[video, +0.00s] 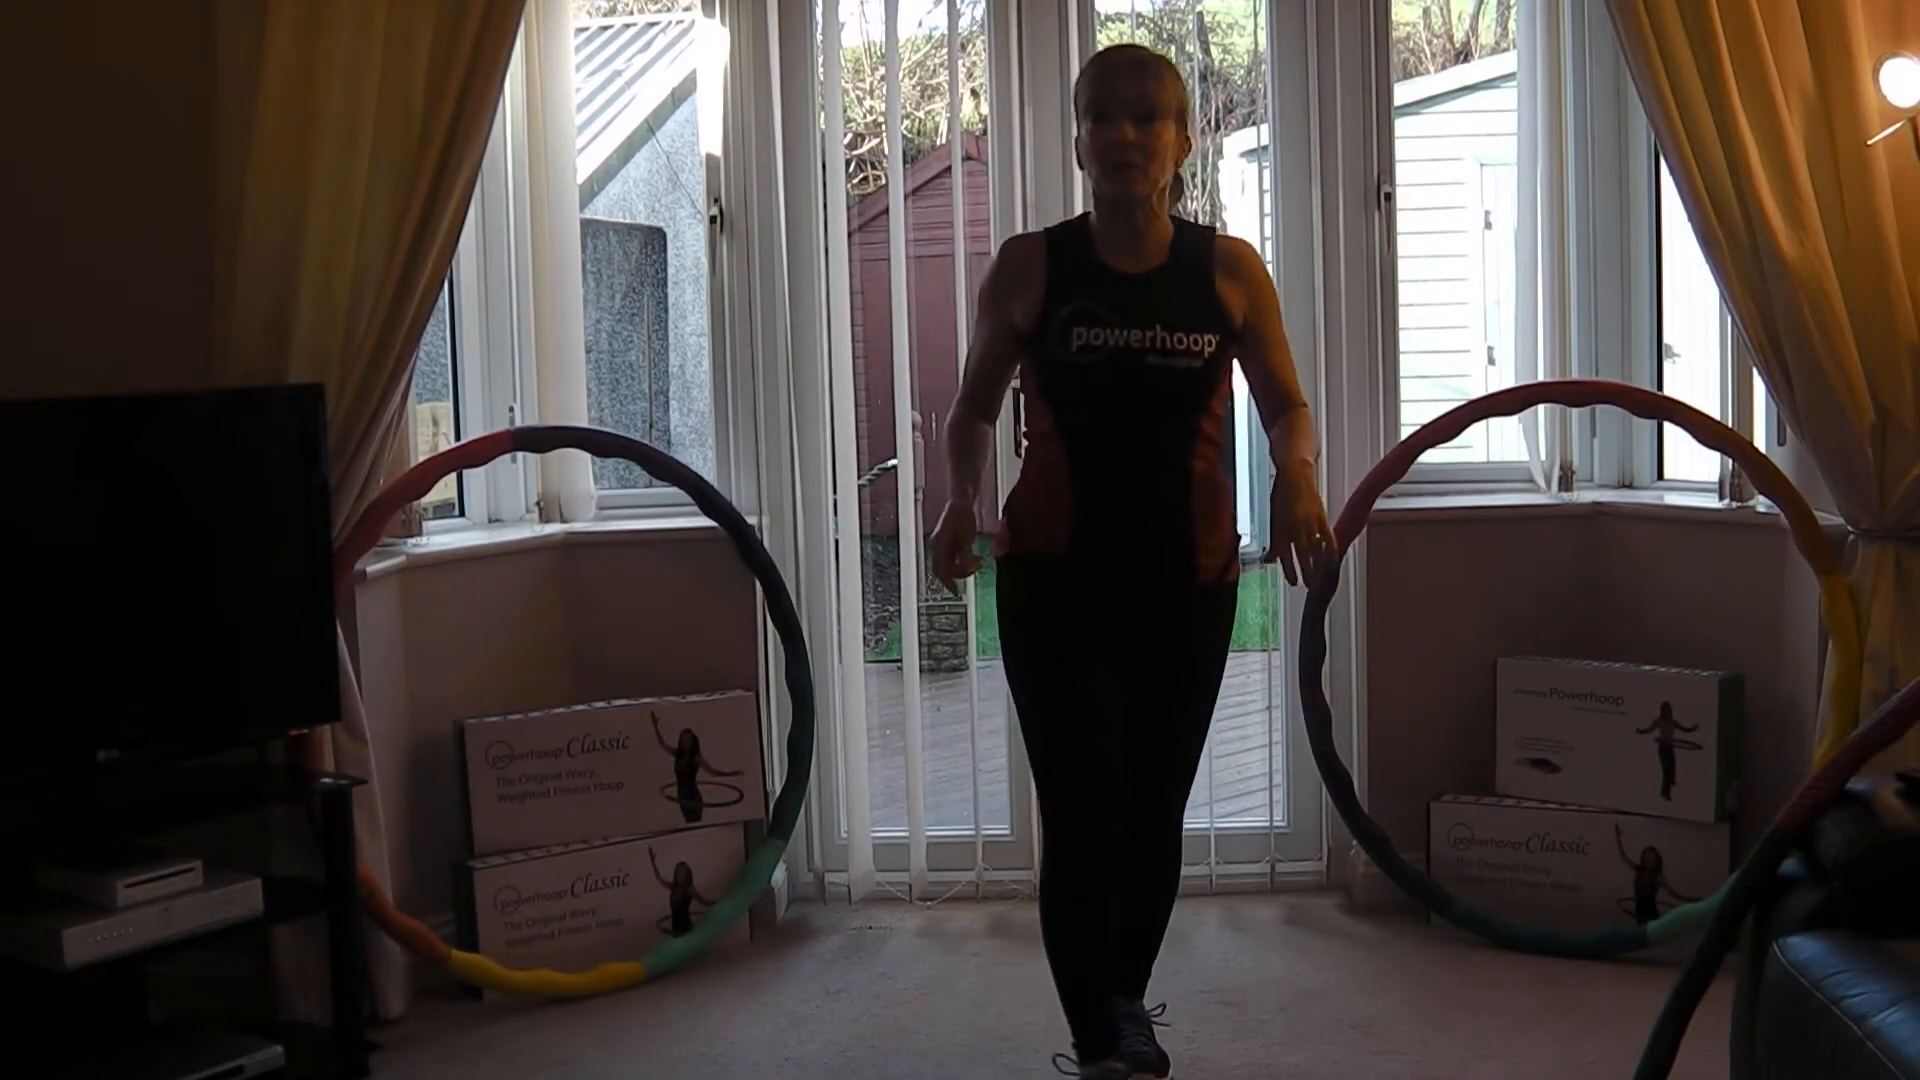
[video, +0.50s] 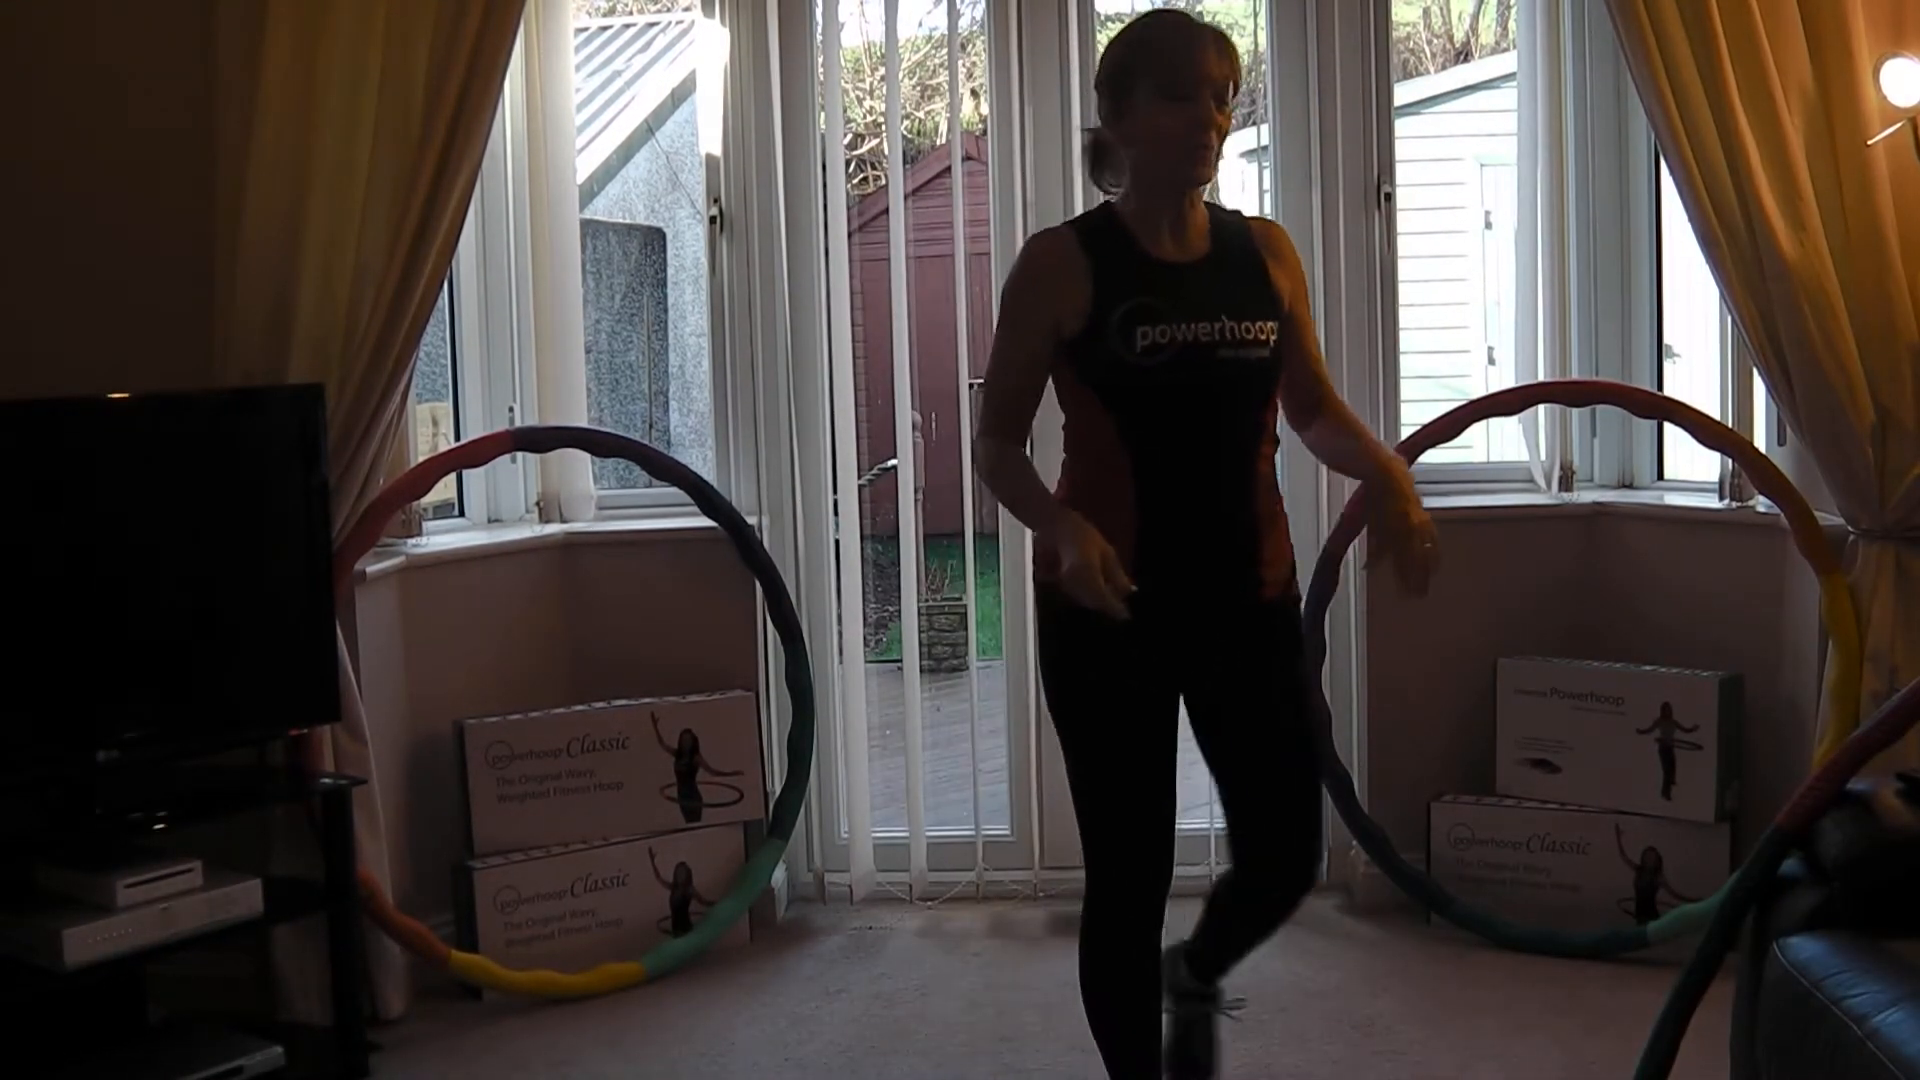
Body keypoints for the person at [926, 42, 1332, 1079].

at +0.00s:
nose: (1122, 137)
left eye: (1144, 117)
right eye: (1103, 117)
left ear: (1181, 137)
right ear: (1078, 133)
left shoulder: (1230, 268)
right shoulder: (1028, 266)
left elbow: (1283, 401)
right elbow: (975, 404)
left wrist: (1299, 483)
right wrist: (962, 502)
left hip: (1187, 579)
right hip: (1055, 577)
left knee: (1154, 805)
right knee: (1081, 806)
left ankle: (1126, 1004)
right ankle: (1096, 1034)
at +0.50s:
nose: (1213, 121)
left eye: (1225, 102)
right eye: (1185, 98)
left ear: (1233, 119)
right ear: (1116, 113)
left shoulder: (1264, 252)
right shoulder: (1060, 265)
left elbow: (1315, 409)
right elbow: (994, 441)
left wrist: (1391, 475)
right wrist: (1054, 523)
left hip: (1247, 596)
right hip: (1106, 602)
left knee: (1284, 860)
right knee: (1128, 878)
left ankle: (1192, 977)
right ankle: (1134, 1075)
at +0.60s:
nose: (1200, 100)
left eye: (1219, 80)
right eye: (1170, 79)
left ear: (1245, 105)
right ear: (1124, 105)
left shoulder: (1284, 248)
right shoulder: (1075, 256)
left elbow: (1349, 403)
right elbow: (1006, 436)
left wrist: (1445, 464)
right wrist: (1070, 517)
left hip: (1266, 596)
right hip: (1122, 601)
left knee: (1338, 845)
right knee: (1135, 875)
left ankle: (1278, 1037)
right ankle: (1136, 1077)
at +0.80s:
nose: (1253, 91)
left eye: (1274, 69)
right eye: (1224, 70)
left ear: (1306, 93)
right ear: (1185, 95)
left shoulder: (1360, 252)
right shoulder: (1131, 250)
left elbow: (1469, 396)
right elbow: (1048, 426)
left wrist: (1597, 439)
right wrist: (1069, 526)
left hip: (1329, 600)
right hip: (1171, 604)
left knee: (1414, 892)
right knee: (1160, 889)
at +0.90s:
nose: (1304, 90)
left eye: (1328, 67)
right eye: (1275, 68)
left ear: (1361, 92)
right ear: (1236, 96)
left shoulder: (1422, 259)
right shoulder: (1183, 251)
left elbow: (1561, 397)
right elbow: (1108, 410)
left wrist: (1719, 442)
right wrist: (1067, 542)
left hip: (1373, 617)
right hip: (1211, 615)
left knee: (1446, 911)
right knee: (1180, 900)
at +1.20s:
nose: (1457, 66)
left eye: (1487, 39)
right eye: (1430, 42)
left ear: (1533, 73)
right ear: (1402, 72)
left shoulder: (1589, 261)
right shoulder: (1337, 214)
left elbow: (1731, 392)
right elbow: (1272, 377)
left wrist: (1892, 489)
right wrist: (1170, 522)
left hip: (1473, 607)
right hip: (1311, 583)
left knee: (1488, 906)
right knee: (1237, 867)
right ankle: (1186, 1073)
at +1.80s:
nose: (1429, 76)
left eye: (1458, 52)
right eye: (1404, 52)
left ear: (1503, 82)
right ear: (1377, 76)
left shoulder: (1553, 260)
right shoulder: (1311, 222)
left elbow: (1634, 448)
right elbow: (1236, 391)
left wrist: (1759, 533)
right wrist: (1137, 537)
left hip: (1450, 602)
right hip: (1285, 584)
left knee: (1480, 906)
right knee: (1184, 857)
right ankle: (1100, 1066)